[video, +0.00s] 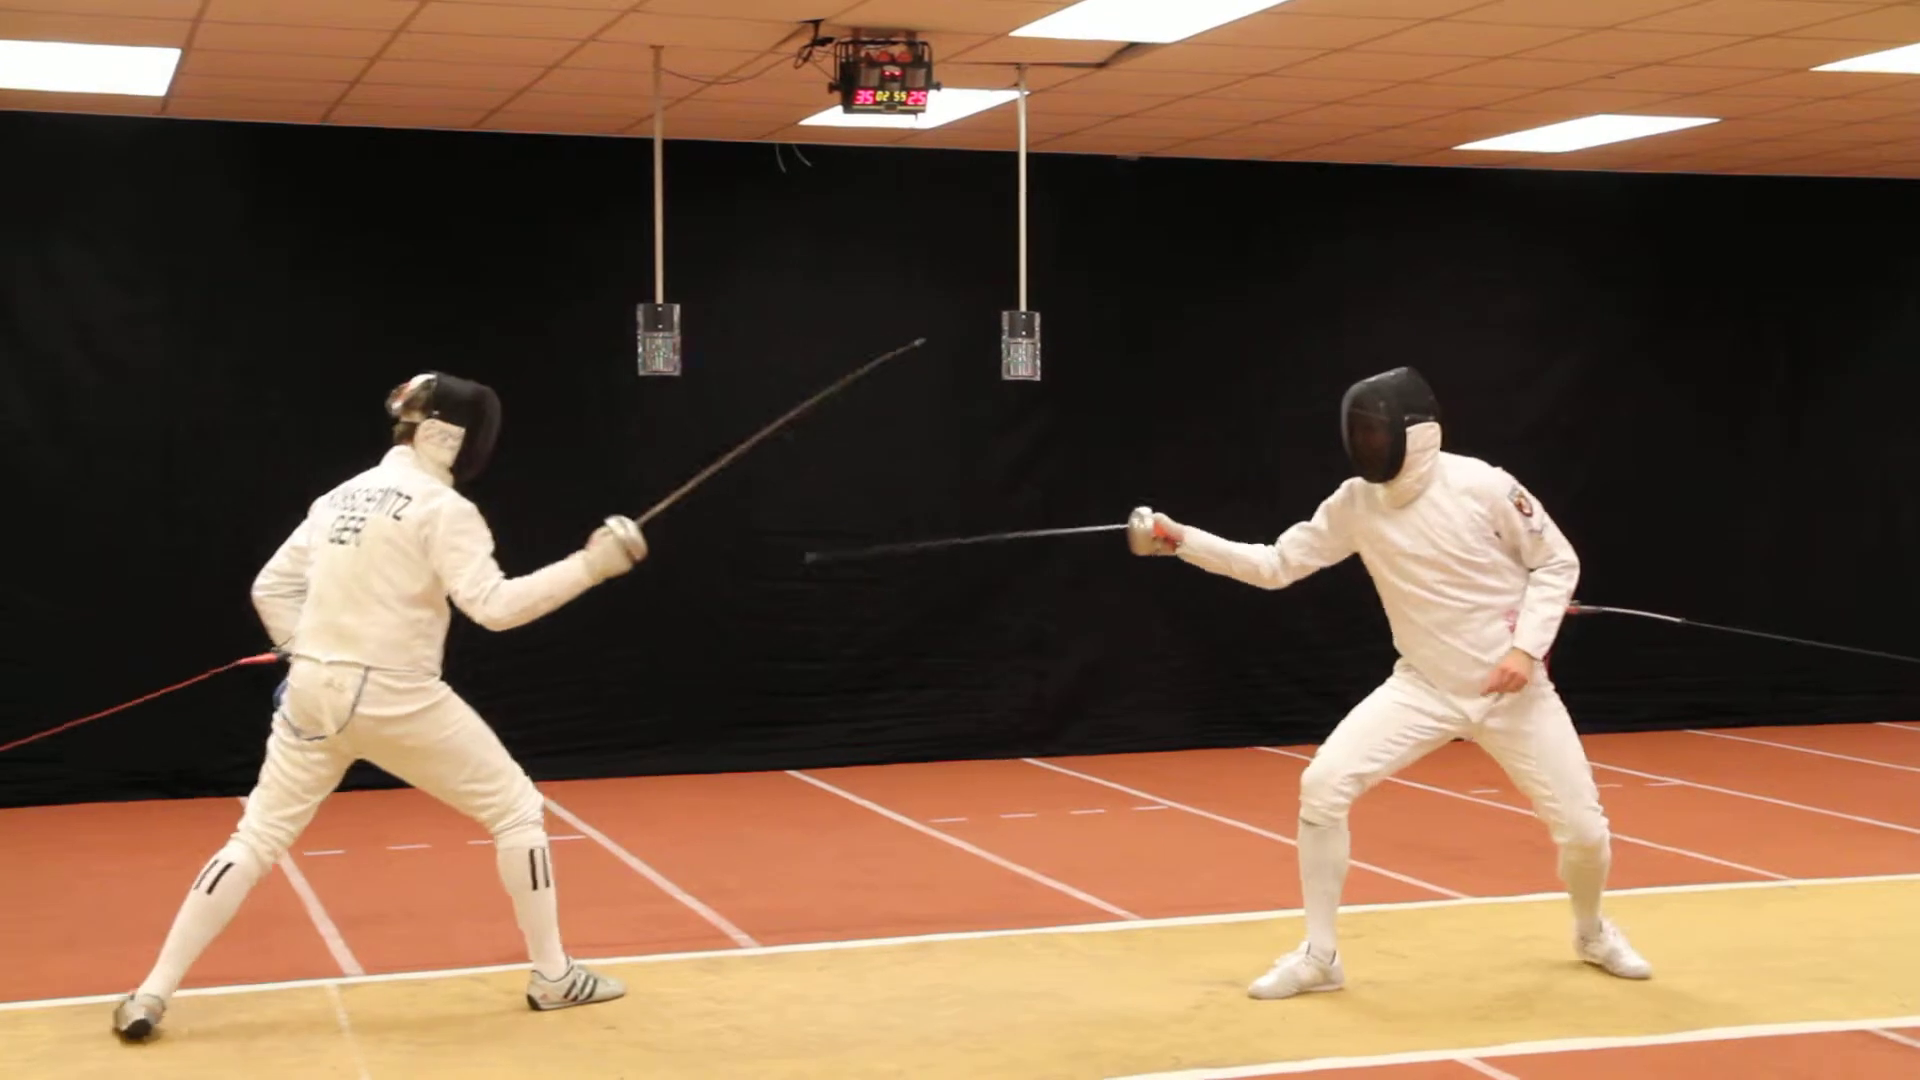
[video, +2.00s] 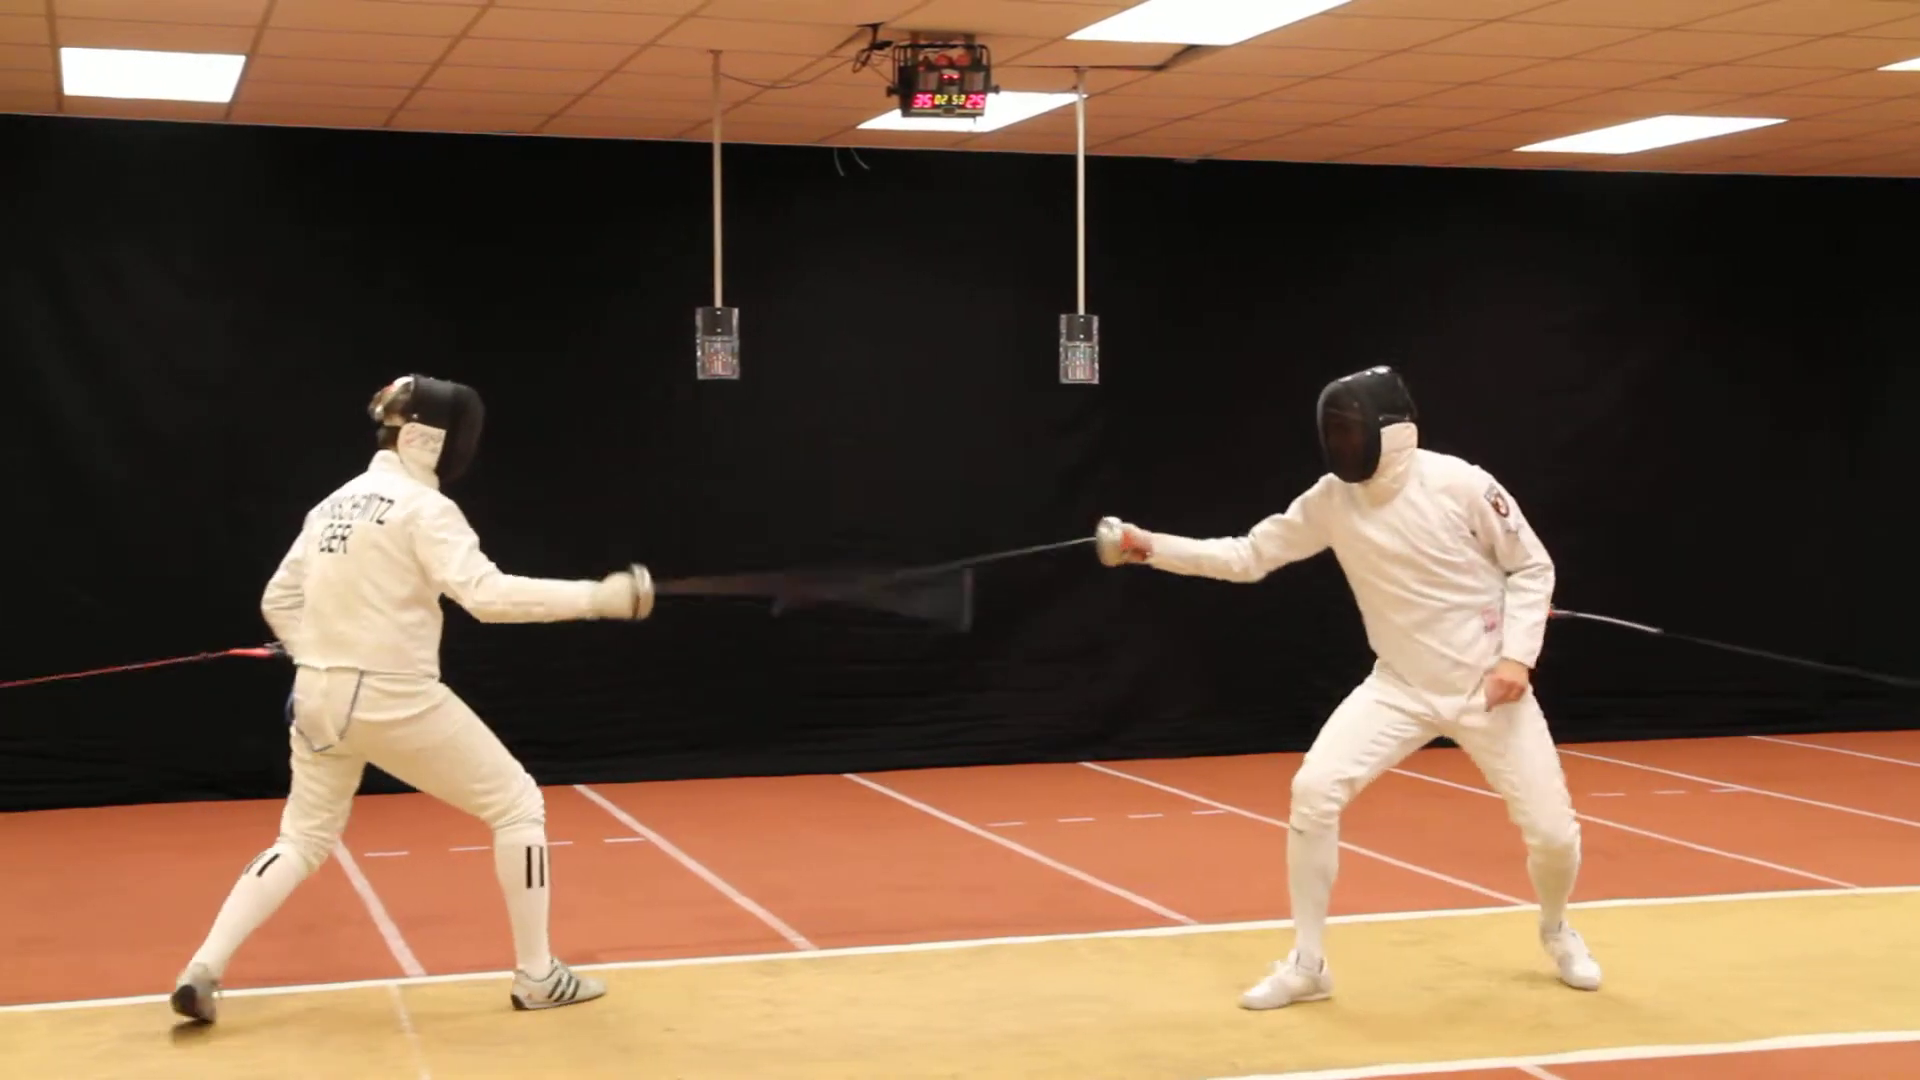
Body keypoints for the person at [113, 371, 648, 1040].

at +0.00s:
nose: (473, 448)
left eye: (472, 435)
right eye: (468, 433)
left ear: (408, 430)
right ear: (440, 434)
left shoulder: (339, 500)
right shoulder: (444, 509)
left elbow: (272, 590)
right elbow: (496, 606)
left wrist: (317, 667)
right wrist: (593, 561)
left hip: (309, 694)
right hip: (399, 697)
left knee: (254, 840)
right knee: (515, 810)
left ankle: (150, 996)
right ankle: (553, 975)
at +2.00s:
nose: (458, 452)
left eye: (457, 439)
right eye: (454, 440)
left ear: (389, 433)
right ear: (432, 439)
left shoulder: (332, 506)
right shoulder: (425, 508)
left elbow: (280, 599)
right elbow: (486, 595)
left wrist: (324, 667)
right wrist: (600, 596)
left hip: (317, 698)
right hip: (397, 697)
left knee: (302, 842)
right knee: (516, 805)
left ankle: (203, 970)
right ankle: (537, 973)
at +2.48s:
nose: (503, 471)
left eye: (493, 453)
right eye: (502, 458)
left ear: (438, 449)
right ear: (488, 459)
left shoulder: (379, 518)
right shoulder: (473, 530)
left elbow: (320, 603)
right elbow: (560, 604)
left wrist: (355, 675)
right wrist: (670, 580)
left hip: (345, 709)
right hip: (427, 714)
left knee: (293, 851)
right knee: (553, 812)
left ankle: (184, 993)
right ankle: (615, 967)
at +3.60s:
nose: (563, 482)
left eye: (555, 466)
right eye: (560, 469)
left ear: (499, 462)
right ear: (542, 470)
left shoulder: (445, 530)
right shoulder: (527, 538)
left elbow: (392, 619)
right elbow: (603, 625)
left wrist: (422, 686)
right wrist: (715, 613)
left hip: (408, 713)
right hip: (487, 716)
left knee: (357, 857)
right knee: (625, 788)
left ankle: (242, 990)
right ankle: (662, 955)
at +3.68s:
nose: (560, 468)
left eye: (555, 453)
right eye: (563, 457)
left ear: (533, 458)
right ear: (564, 465)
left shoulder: (477, 524)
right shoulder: (560, 531)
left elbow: (421, 611)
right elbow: (650, 606)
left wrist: (452, 679)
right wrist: (762, 592)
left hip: (435, 708)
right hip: (516, 707)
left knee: (361, 848)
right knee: (653, 777)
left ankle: (242, 984)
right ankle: (696, 939)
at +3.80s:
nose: (656, 473)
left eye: (633, 456)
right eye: (659, 463)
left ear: (599, 458)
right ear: (655, 467)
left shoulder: (541, 521)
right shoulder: (646, 529)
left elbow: (473, 604)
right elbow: (737, 581)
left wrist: (494, 673)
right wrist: (844, 568)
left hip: (495, 692)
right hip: (579, 701)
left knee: (397, 827)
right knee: (689, 813)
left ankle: (267, 951)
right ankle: (770, 956)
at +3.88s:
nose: (704, 481)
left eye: (685, 463)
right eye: (704, 470)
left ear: (639, 467)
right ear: (694, 476)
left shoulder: (576, 531)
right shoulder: (689, 540)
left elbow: (502, 613)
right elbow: (778, 600)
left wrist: (493, 702)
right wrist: (879, 573)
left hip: (533, 701)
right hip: (619, 708)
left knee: (446, 838)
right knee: (734, 796)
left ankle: (313, 942)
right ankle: (780, 956)